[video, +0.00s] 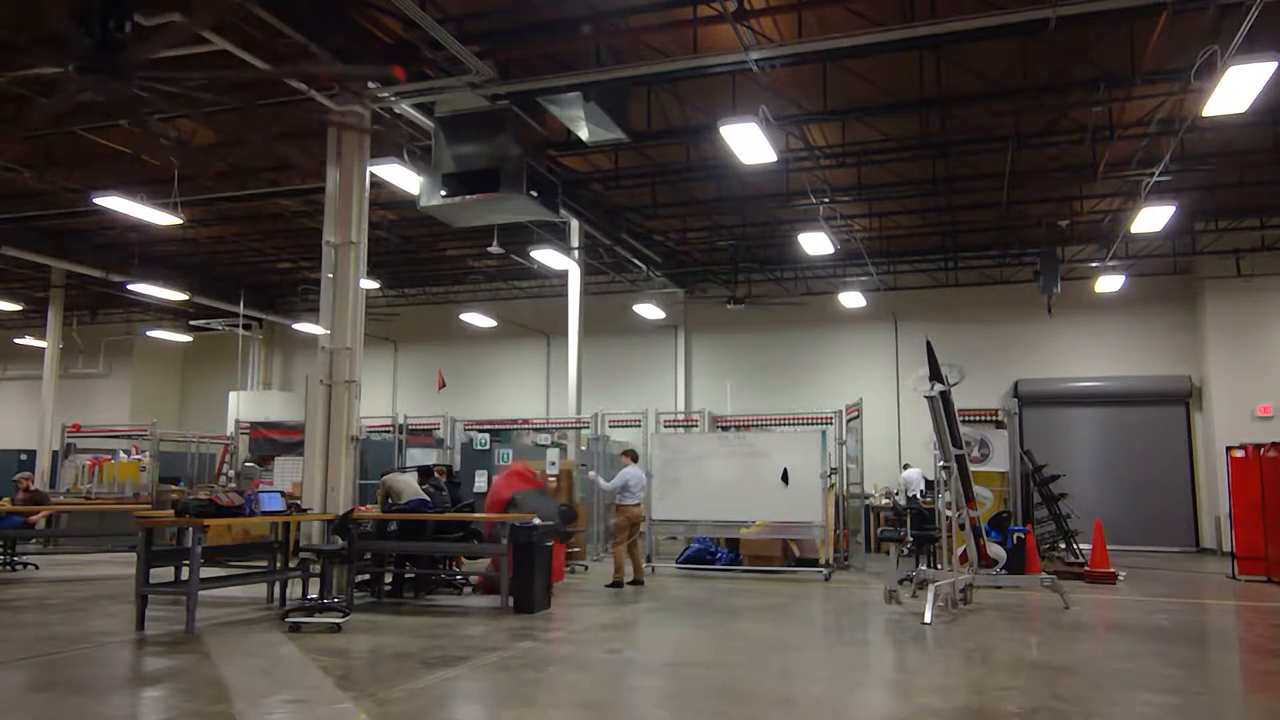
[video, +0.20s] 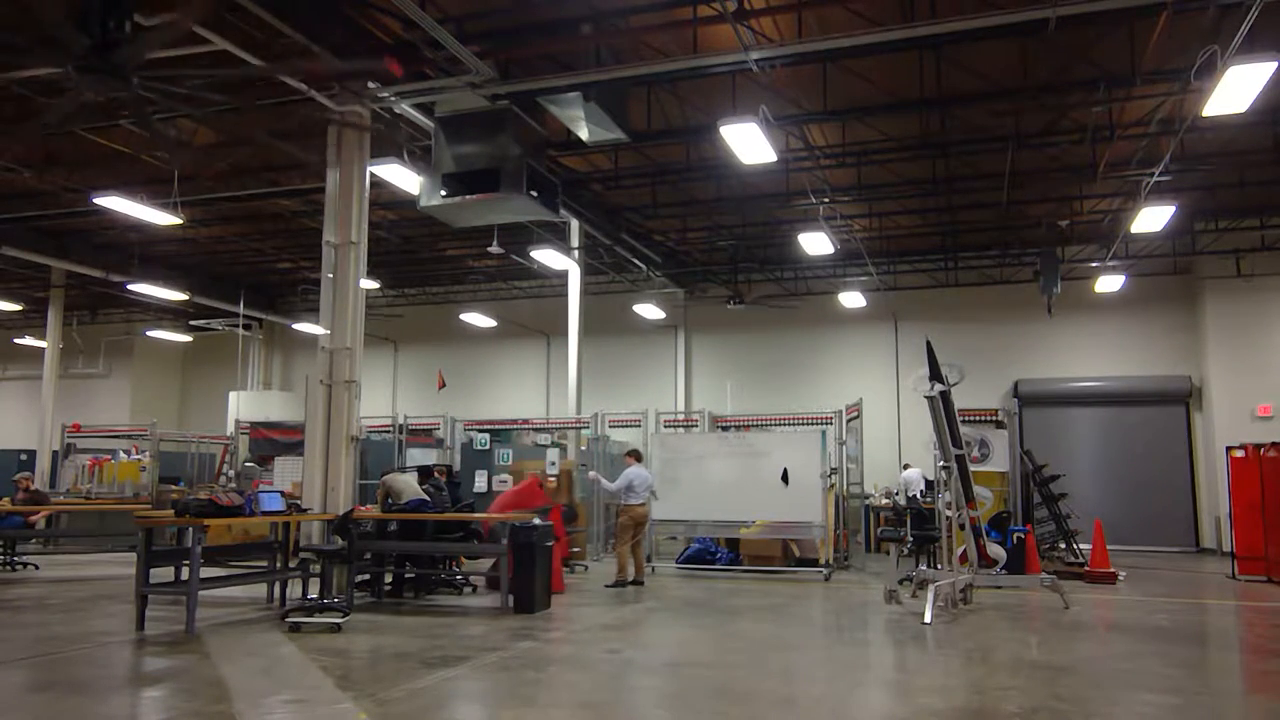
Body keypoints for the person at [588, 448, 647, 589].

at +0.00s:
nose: (621, 460)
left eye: (622, 458)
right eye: (621, 458)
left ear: (629, 458)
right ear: (633, 459)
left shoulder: (626, 472)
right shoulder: (641, 473)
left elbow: (609, 487)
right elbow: (640, 491)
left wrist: (595, 478)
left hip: (624, 508)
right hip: (637, 507)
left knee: (619, 544)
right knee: (633, 544)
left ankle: (618, 579)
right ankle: (638, 577)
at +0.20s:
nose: (626, 461)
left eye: (627, 458)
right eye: (626, 459)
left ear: (632, 458)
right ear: (638, 459)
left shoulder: (629, 472)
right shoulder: (646, 473)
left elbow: (613, 488)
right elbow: (651, 488)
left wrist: (598, 478)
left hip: (629, 508)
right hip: (643, 507)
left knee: (622, 544)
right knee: (637, 544)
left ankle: (621, 578)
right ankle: (639, 577)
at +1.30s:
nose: (632, 462)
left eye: (632, 460)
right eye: (633, 460)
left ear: (634, 460)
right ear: (645, 459)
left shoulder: (633, 473)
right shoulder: (654, 471)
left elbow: (625, 495)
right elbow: (672, 483)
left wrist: (606, 491)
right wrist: (688, 477)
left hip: (642, 508)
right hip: (656, 507)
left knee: (646, 545)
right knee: (654, 544)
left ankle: (647, 579)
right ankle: (653, 577)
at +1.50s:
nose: (636, 461)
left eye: (636, 459)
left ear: (636, 460)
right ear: (648, 459)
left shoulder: (633, 473)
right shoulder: (655, 470)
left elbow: (623, 495)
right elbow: (672, 483)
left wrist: (607, 490)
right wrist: (688, 475)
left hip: (642, 508)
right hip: (658, 507)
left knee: (646, 544)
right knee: (661, 544)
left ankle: (646, 580)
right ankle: (666, 580)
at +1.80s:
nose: (656, 461)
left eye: (656, 459)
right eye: (656, 459)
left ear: (643, 459)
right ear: (654, 459)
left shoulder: (636, 475)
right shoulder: (655, 470)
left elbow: (631, 498)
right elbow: (670, 483)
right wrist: (685, 473)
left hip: (646, 508)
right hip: (661, 507)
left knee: (649, 545)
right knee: (668, 545)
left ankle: (646, 579)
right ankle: (668, 579)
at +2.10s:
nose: (671, 460)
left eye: (671, 458)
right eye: (670, 458)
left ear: (659, 459)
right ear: (665, 458)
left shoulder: (658, 470)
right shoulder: (663, 470)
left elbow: (660, 488)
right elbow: (664, 486)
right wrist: (671, 474)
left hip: (660, 507)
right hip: (669, 507)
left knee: (659, 547)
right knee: (672, 546)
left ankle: (649, 578)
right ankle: (669, 579)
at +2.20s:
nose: (675, 461)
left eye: (675, 458)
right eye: (673, 458)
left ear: (672, 460)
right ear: (666, 459)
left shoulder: (672, 475)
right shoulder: (662, 474)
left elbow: (674, 493)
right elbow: (662, 488)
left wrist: (687, 497)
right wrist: (666, 474)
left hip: (674, 507)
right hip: (667, 507)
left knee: (670, 545)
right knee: (672, 546)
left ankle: (658, 576)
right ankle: (667, 579)